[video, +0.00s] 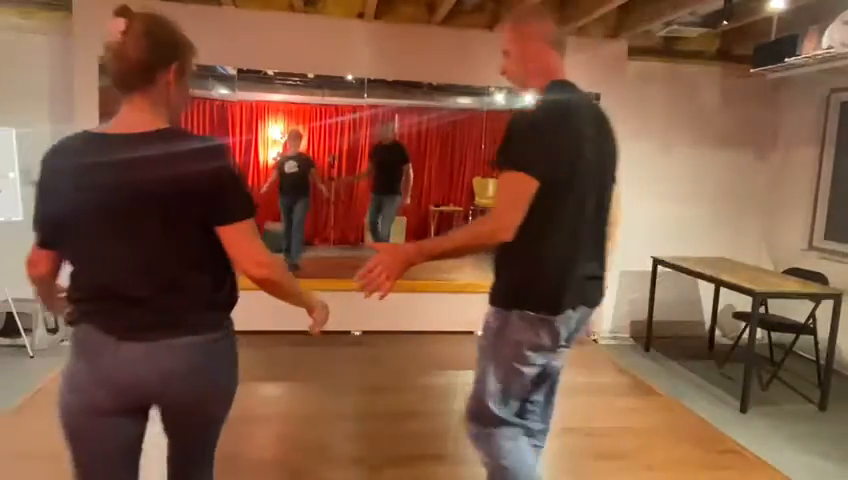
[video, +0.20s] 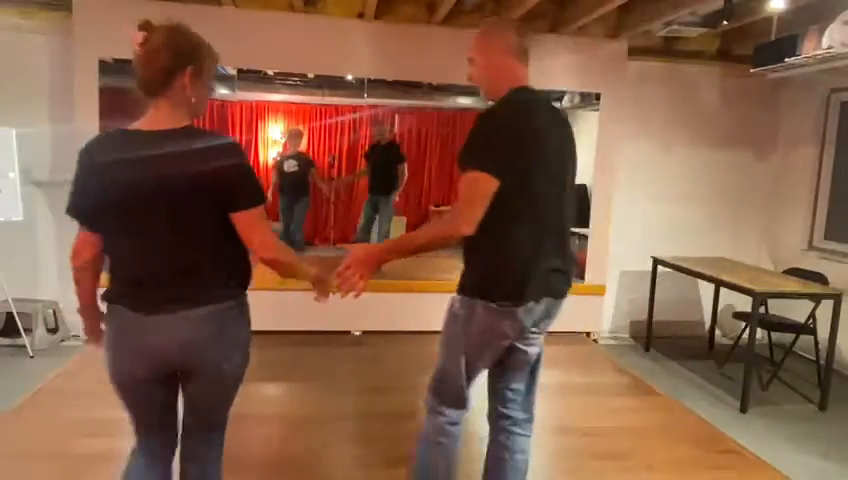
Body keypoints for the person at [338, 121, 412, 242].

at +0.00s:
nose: (386, 134)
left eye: (389, 130)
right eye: (384, 129)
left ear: (394, 131)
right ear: (380, 130)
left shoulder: (399, 148)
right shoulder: (376, 148)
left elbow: (408, 172)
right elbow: (370, 170)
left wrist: (407, 194)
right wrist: (354, 178)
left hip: (393, 192)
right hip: (377, 191)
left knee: (386, 223)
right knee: (372, 220)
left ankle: (384, 246)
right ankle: (379, 244)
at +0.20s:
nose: (381, 135)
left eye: (384, 132)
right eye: (379, 132)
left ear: (390, 132)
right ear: (375, 132)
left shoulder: (395, 149)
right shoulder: (372, 149)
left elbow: (403, 173)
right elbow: (367, 170)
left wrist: (398, 191)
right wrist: (353, 177)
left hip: (388, 193)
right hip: (373, 192)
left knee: (384, 226)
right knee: (365, 224)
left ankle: (381, 249)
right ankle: (359, 248)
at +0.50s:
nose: (371, 134)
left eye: (374, 130)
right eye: (369, 130)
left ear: (380, 131)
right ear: (365, 132)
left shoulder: (387, 148)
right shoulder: (363, 151)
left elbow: (391, 175)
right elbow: (356, 174)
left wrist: (375, 190)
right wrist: (337, 183)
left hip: (382, 195)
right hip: (365, 194)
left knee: (380, 230)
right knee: (360, 230)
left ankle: (379, 260)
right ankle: (354, 262)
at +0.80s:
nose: (358, 132)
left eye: (361, 128)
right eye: (356, 128)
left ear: (368, 128)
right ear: (352, 130)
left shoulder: (376, 146)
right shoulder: (354, 149)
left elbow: (375, 173)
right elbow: (351, 176)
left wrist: (355, 187)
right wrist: (333, 185)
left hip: (372, 196)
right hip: (356, 196)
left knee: (372, 232)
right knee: (356, 232)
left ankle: (377, 265)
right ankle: (355, 268)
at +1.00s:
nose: (349, 132)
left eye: (351, 128)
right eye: (350, 128)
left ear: (355, 128)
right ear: (360, 127)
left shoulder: (366, 147)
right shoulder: (355, 148)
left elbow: (363, 173)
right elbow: (353, 174)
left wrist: (341, 186)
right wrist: (338, 186)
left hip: (362, 196)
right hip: (352, 196)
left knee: (356, 232)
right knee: (354, 232)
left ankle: (355, 269)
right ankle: (354, 268)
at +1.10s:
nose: (347, 132)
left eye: (349, 128)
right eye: (348, 128)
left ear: (353, 128)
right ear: (358, 126)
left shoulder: (362, 148)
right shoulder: (354, 148)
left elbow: (357, 172)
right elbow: (351, 173)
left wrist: (337, 185)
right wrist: (336, 185)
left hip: (358, 195)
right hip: (352, 195)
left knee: (351, 231)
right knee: (351, 231)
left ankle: (350, 269)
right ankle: (350, 268)